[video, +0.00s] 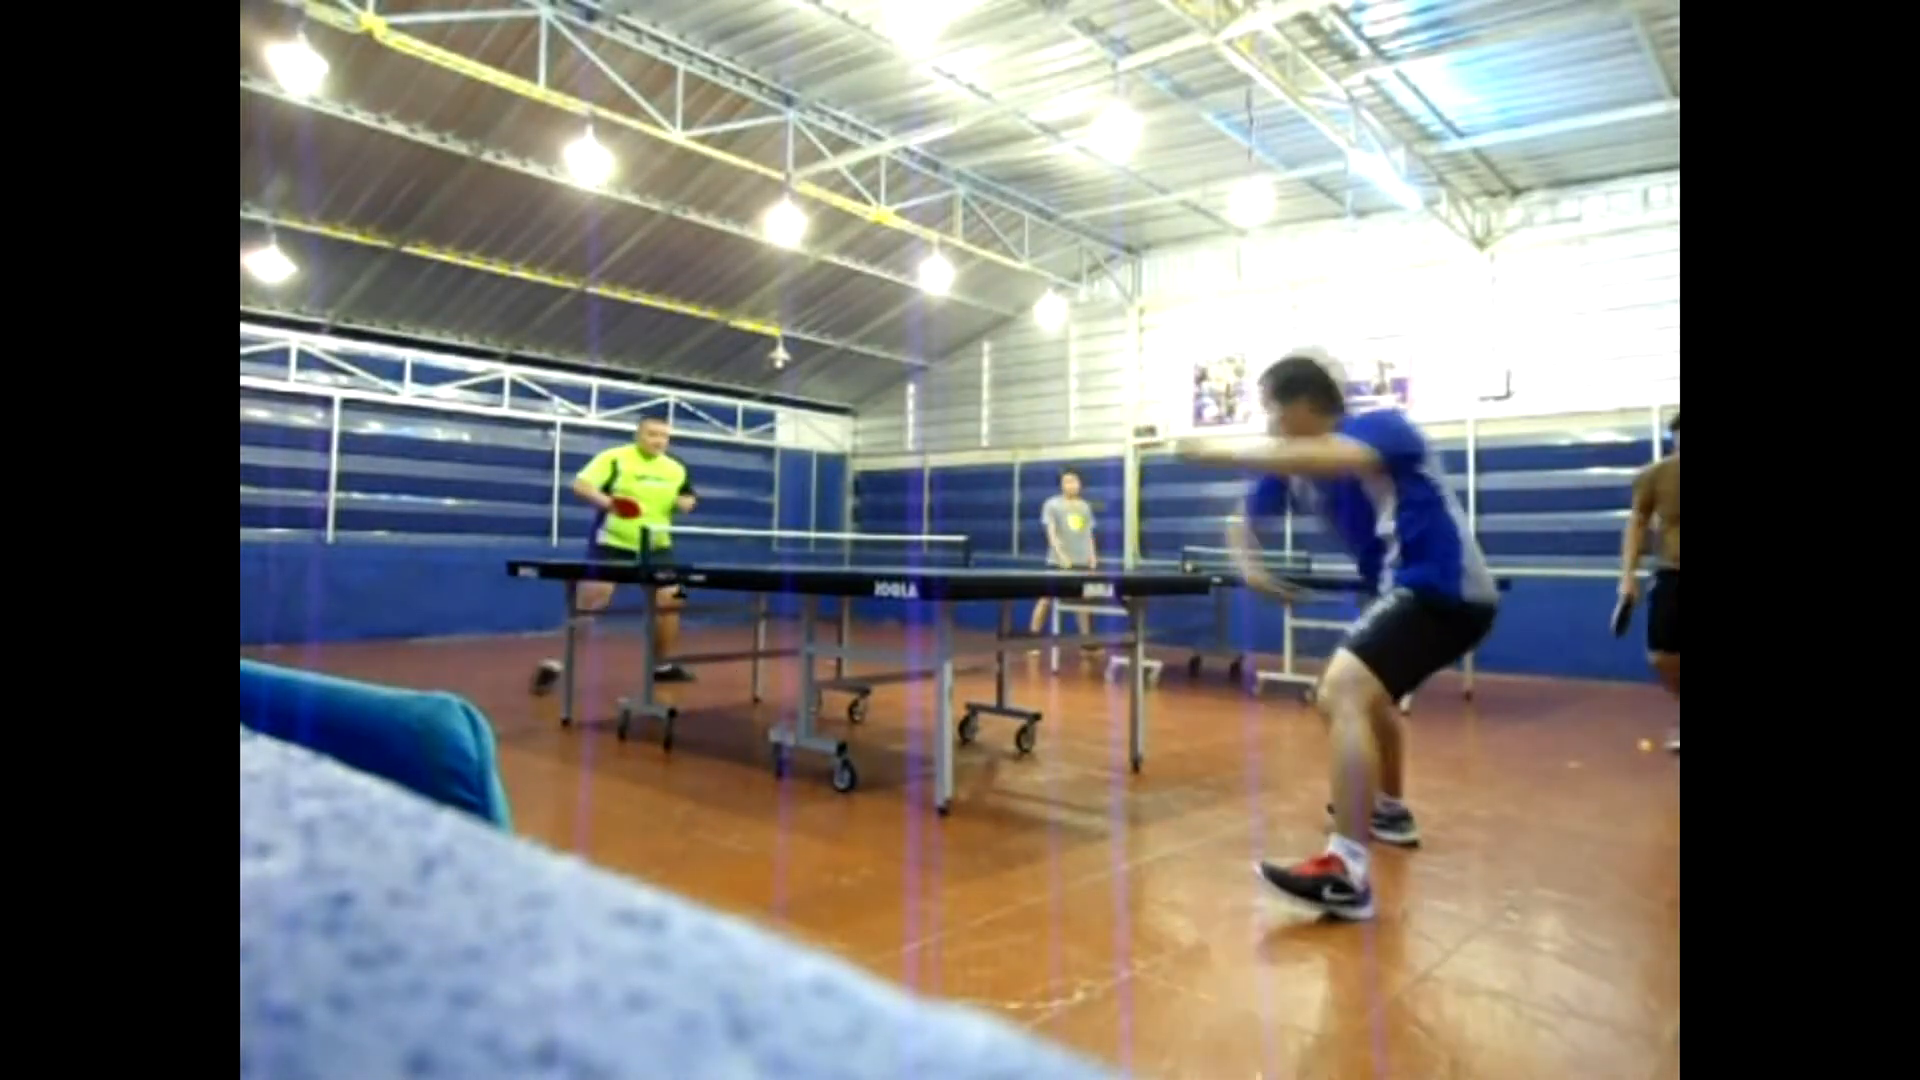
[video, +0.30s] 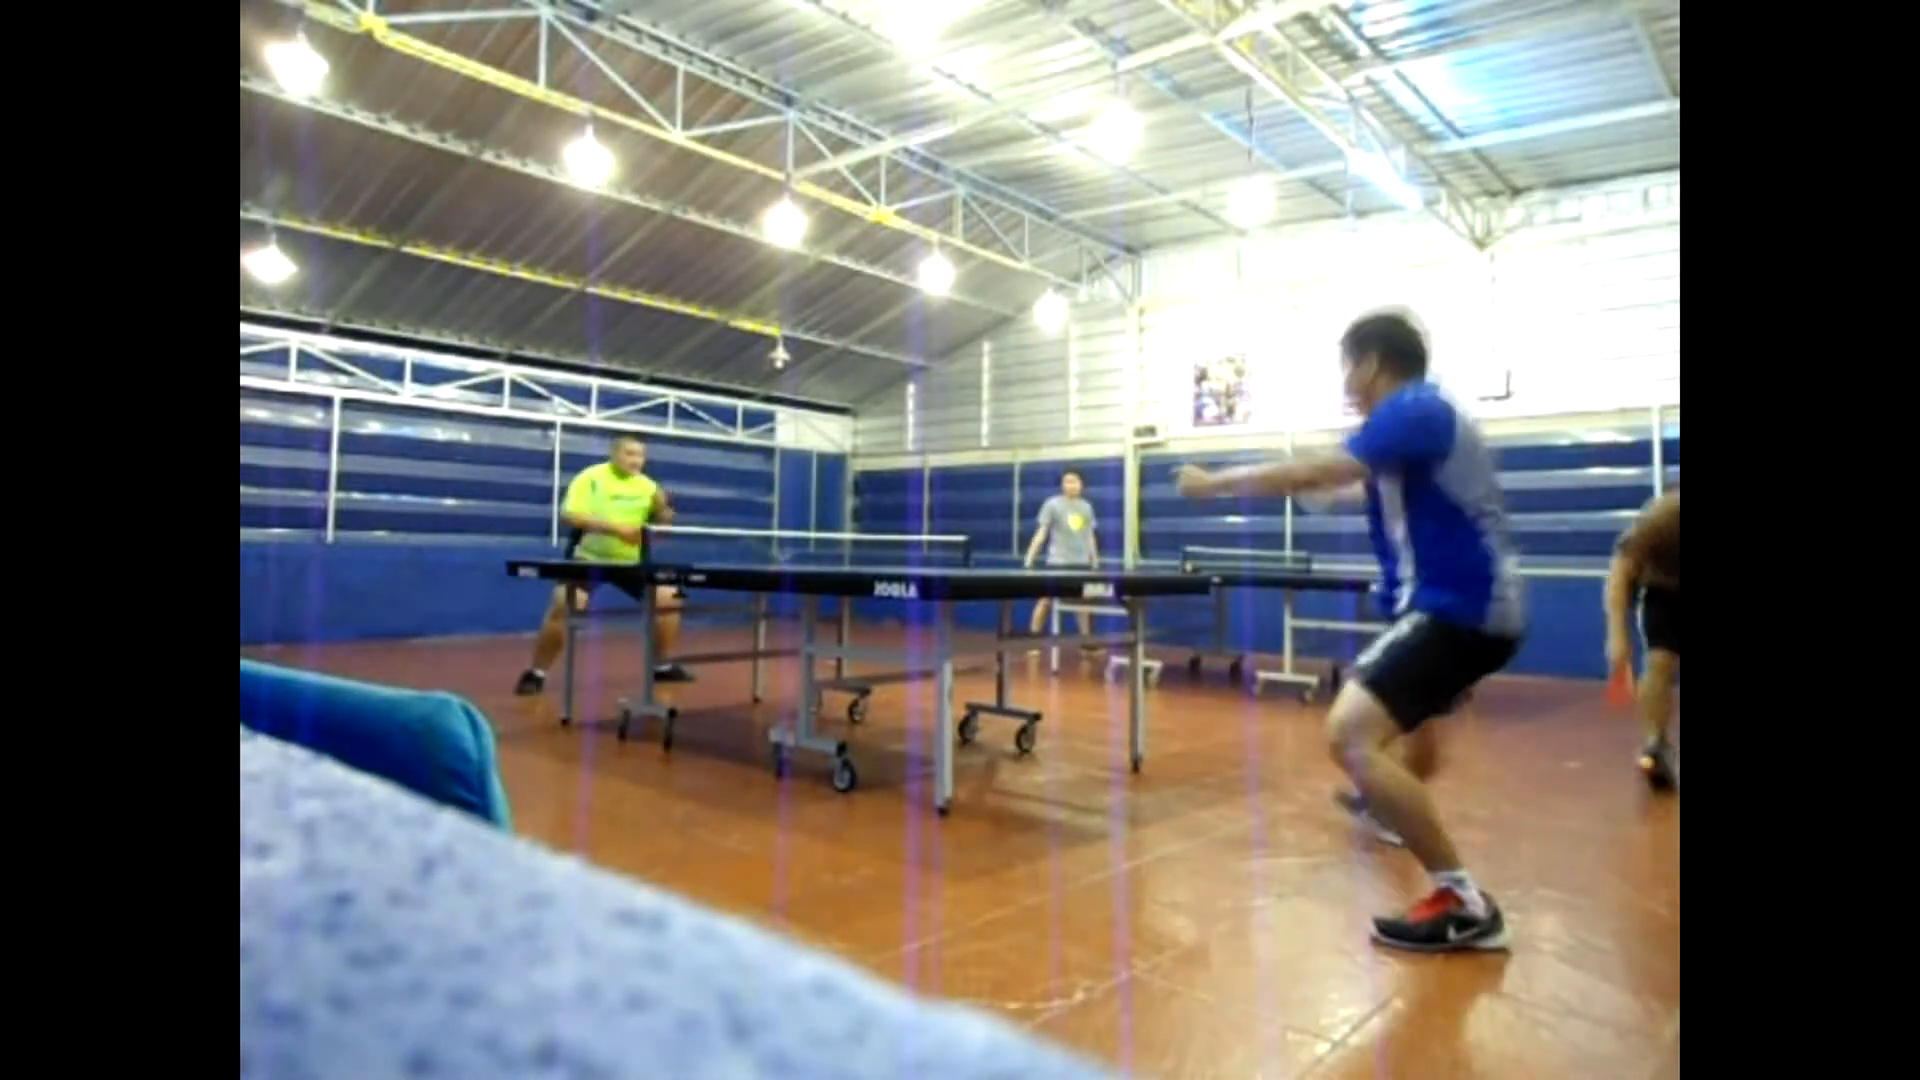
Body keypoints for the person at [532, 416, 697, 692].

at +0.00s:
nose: (658, 441)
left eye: (663, 436)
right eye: (652, 434)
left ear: (668, 439)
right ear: (639, 434)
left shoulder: (676, 470)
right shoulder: (615, 458)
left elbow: (687, 498)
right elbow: (581, 484)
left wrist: (685, 502)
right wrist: (608, 502)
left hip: (657, 545)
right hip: (614, 542)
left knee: (669, 600)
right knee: (591, 599)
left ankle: (664, 662)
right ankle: (560, 663)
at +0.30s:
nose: (635, 460)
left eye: (639, 454)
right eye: (629, 453)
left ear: (644, 458)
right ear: (614, 454)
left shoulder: (648, 487)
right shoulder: (590, 478)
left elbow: (662, 521)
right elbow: (570, 514)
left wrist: (662, 510)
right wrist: (618, 529)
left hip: (629, 563)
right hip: (588, 560)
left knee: (668, 599)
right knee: (564, 604)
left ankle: (662, 663)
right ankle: (537, 671)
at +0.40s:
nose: (635, 460)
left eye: (638, 454)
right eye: (629, 454)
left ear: (642, 457)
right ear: (613, 455)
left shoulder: (646, 484)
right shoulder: (595, 483)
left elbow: (649, 518)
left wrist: (670, 510)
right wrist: (651, 523)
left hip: (629, 562)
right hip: (590, 561)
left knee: (665, 598)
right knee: (565, 603)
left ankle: (663, 663)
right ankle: (537, 672)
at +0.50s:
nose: (639, 457)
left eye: (643, 451)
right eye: (632, 451)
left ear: (646, 455)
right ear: (617, 452)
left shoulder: (645, 481)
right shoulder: (610, 480)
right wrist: (686, 509)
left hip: (629, 562)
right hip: (591, 562)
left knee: (665, 598)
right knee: (575, 606)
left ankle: (663, 663)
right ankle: (538, 671)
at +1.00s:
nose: (626, 447)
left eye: (630, 442)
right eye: (620, 441)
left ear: (635, 447)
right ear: (607, 443)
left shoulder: (637, 478)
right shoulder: (585, 467)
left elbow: (638, 507)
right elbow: (562, 496)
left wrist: (649, 523)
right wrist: (600, 512)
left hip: (625, 558)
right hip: (585, 556)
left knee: (655, 598)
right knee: (559, 607)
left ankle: (663, 660)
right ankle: (534, 665)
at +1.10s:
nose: (614, 442)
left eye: (618, 436)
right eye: (608, 435)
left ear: (623, 441)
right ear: (595, 437)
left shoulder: (629, 469)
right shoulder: (571, 460)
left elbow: (635, 497)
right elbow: (550, 491)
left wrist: (642, 506)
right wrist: (580, 502)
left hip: (615, 546)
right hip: (573, 545)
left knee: (641, 599)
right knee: (553, 601)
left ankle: (666, 656)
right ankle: (532, 661)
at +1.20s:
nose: (601, 443)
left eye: (606, 438)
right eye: (596, 437)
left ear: (612, 441)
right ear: (584, 439)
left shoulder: (624, 468)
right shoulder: (564, 463)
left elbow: (637, 498)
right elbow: (539, 494)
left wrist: (633, 503)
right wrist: (558, 506)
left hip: (612, 542)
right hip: (568, 541)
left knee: (635, 594)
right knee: (544, 594)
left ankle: (643, 658)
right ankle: (523, 658)